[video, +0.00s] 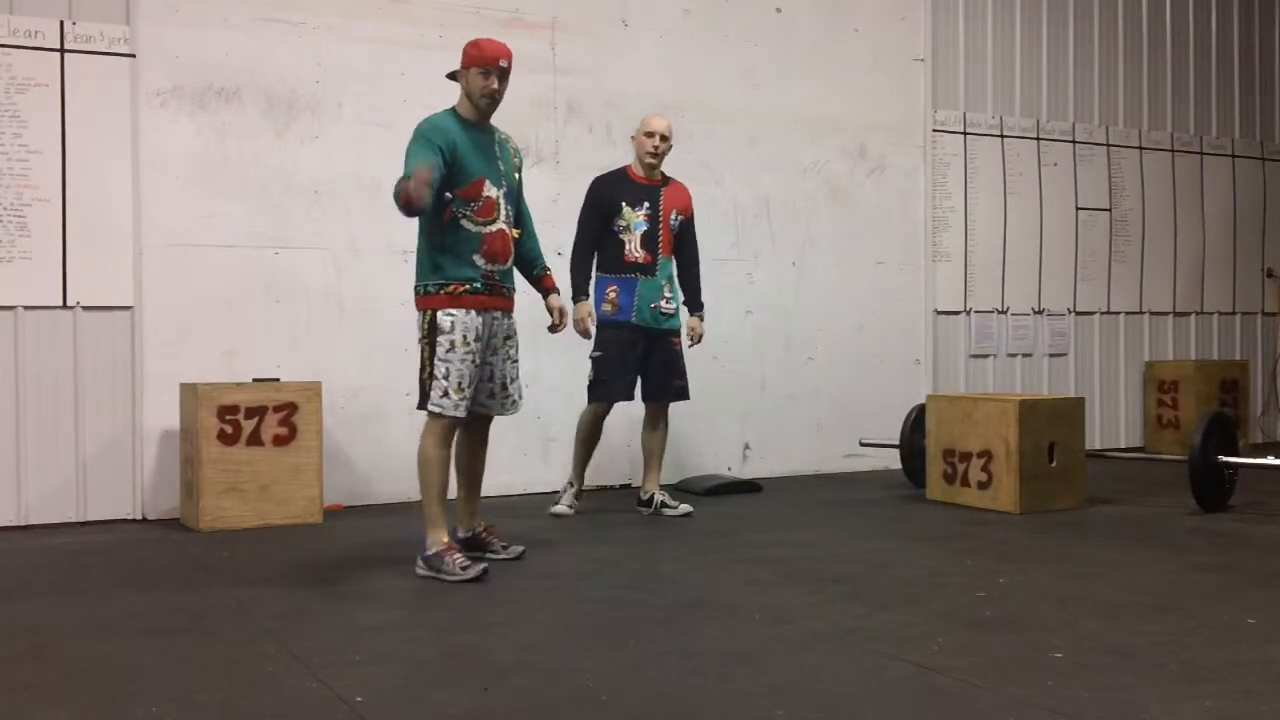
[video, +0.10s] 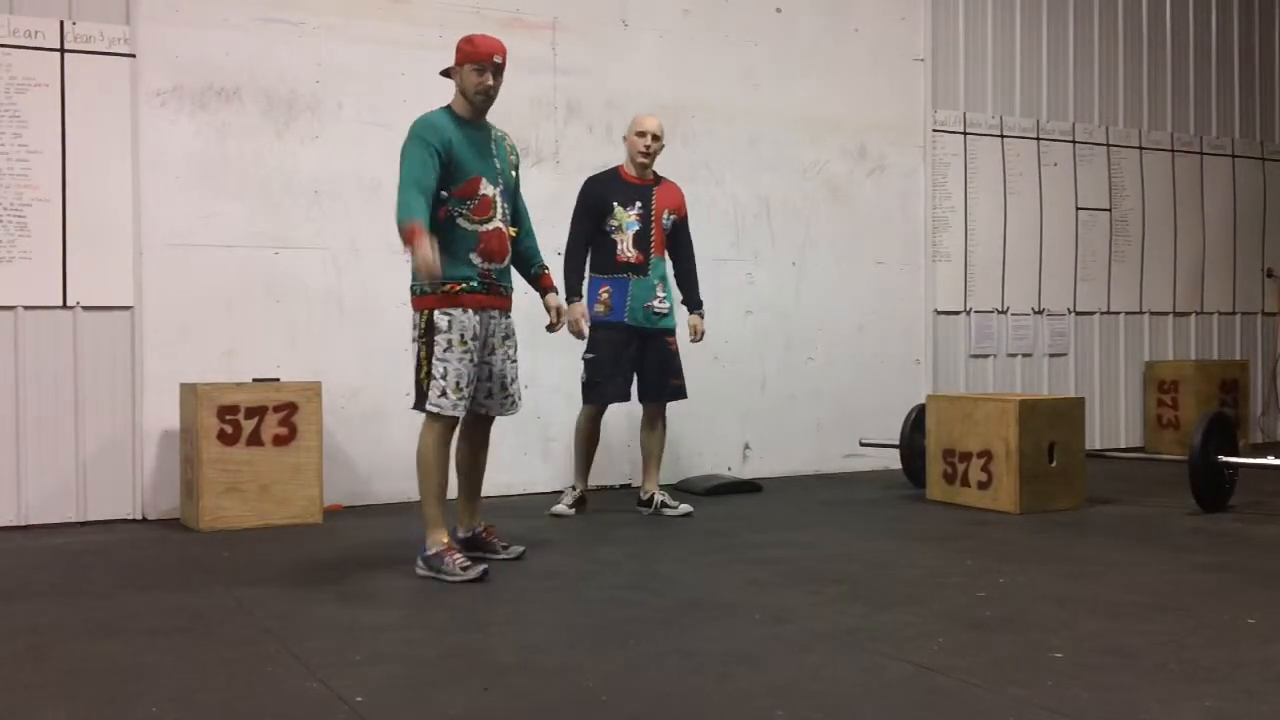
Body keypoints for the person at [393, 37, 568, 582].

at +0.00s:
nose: (491, 83)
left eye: (500, 75)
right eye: (482, 72)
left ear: (507, 83)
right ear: (460, 76)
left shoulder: (506, 148)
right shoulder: (437, 133)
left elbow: (520, 225)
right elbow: (415, 189)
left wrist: (549, 289)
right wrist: (417, 190)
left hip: (497, 300)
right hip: (450, 296)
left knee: (479, 416)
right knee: (443, 416)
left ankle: (470, 529)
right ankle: (436, 545)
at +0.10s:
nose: (488, 78)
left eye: (496, 70)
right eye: (477, 68)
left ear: (502, 78)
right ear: (455, 73)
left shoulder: (502, 145)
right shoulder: (432, 131)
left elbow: (517, 224)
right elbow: (412, 194)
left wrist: (547, 287)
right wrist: (421, 241)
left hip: (495, 301)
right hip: (448, 297)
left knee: (480, 415)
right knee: (442, 415)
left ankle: (470, 529)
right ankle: (436, 544)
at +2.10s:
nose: (505, 105)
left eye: (508, 96)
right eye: (504, 93)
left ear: (479, 83)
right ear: (481, 83)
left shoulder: (478, 144)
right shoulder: (431, 128)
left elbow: (484, 225)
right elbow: (431, 201)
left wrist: (522, 282)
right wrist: (464, 228)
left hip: (472, 298)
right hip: (440, 297)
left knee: (457, 416)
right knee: (440, 417)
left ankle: (450, 531)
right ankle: (434, 546)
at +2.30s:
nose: (506, 115)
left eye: (509, 104)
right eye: (506, 102)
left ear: (476, 86)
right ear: (487, 89)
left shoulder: (462, 139)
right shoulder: (437, 132)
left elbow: (472, 225)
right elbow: (465, 198)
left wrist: (525, 250)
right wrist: (531, 199)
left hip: (464, 294)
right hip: (444, 296)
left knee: (463, 412)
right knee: (454, 413)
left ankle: (449, 530)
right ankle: (437, 543)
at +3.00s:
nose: (495, 105)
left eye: (497, 95)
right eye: (494, 94)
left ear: (463, 83)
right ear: (472, 86)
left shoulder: (454, 132)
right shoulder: (418, 134)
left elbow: (483, 175)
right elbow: (451, 212)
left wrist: (530, 165)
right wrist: (525, 230)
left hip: (457, 296)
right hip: (422, 298)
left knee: (447, 419)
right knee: (415, 419)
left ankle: (448, 532)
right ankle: (402, 546)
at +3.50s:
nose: (468, 100)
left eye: (469, 92)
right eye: (467, 90)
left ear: (441, 79)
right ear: (446, 81)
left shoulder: (436, 125)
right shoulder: (387, 136)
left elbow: (473, 136)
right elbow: (389, 227)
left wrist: (520, 106)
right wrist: (446, 269)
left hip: (449, 295)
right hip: (404, 302)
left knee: (468, 408)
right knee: (400, 419)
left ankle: (451, 528)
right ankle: (400, 549)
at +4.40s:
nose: (476, 97)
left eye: (485, 91)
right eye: (470, 84)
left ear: (488, 94)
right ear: (446, 76)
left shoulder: (475, 146)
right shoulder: (402, 126)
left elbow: (528, 184)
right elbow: (371, 198)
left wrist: (574, 145)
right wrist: (398, 252)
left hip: (450, 302)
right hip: (403, 298)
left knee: (434, 418)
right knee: (399, 417)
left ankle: (428, 533)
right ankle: (398, 546)